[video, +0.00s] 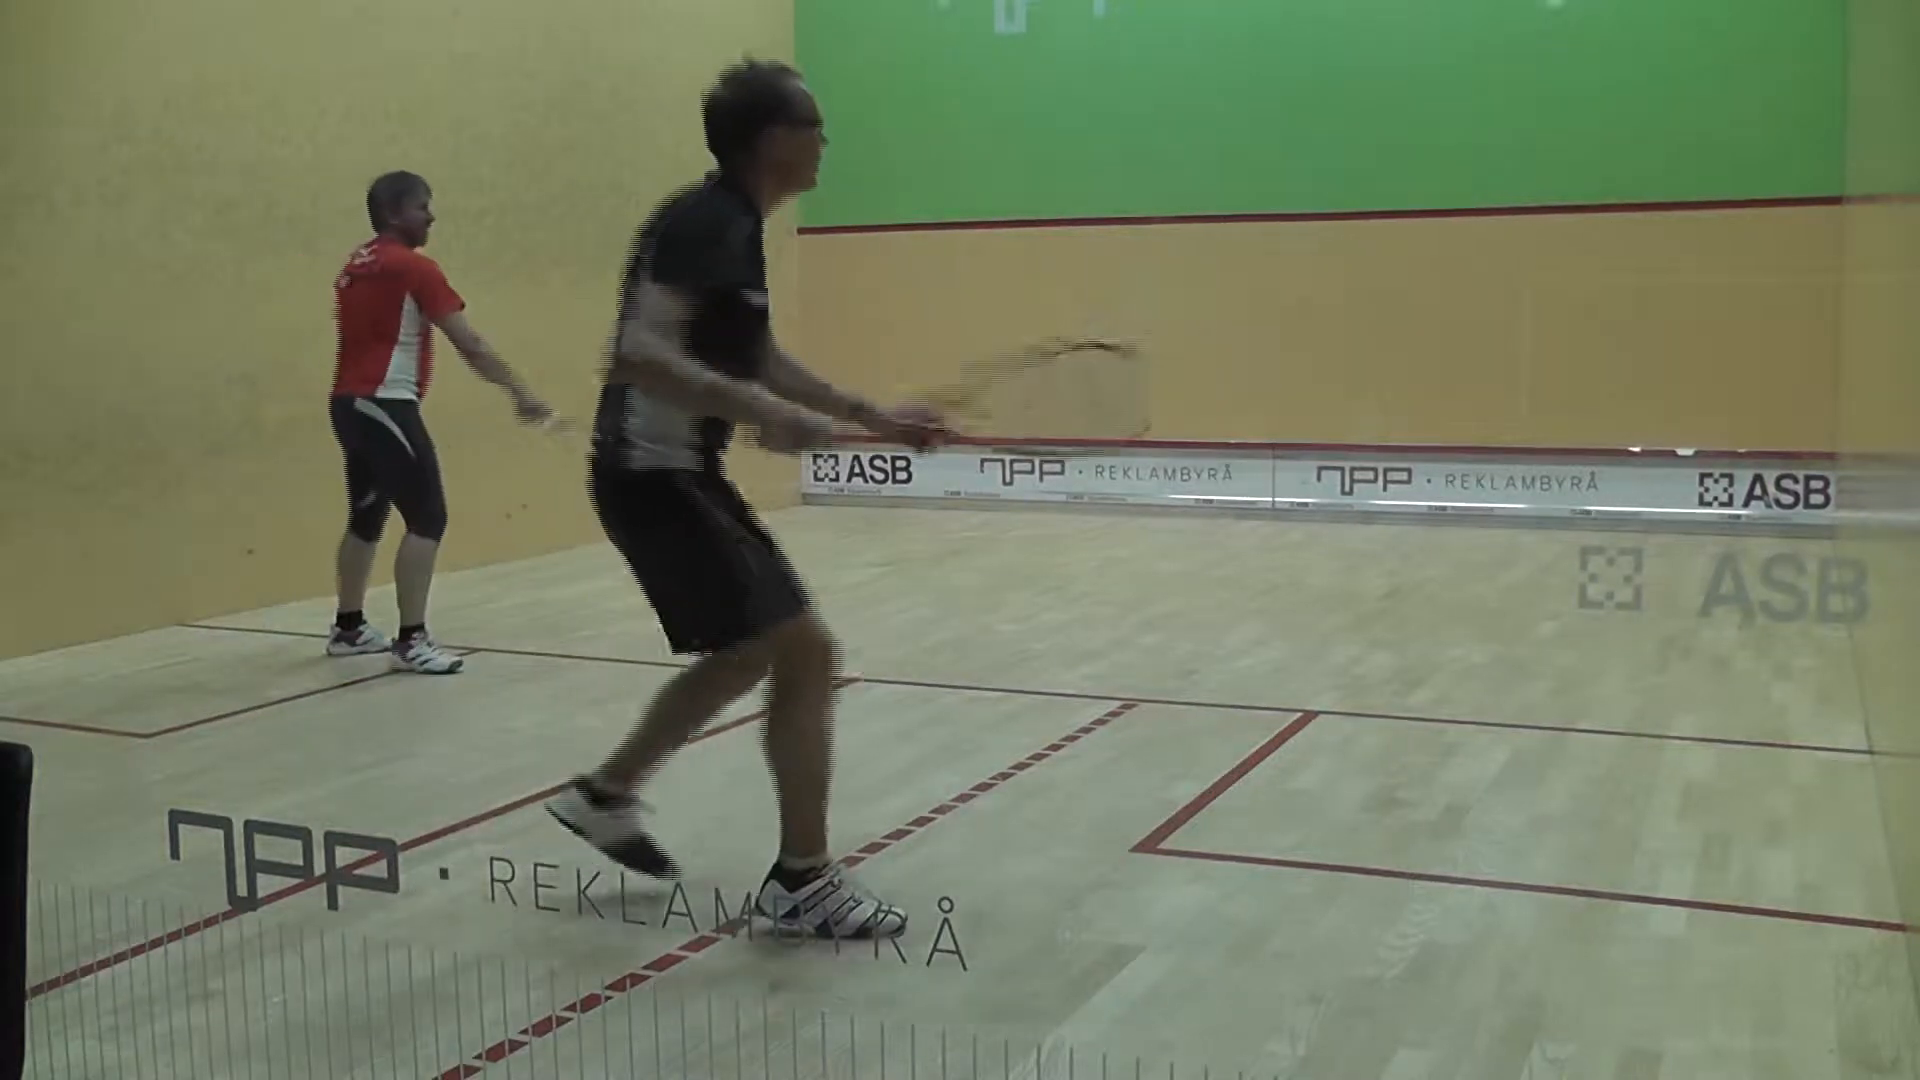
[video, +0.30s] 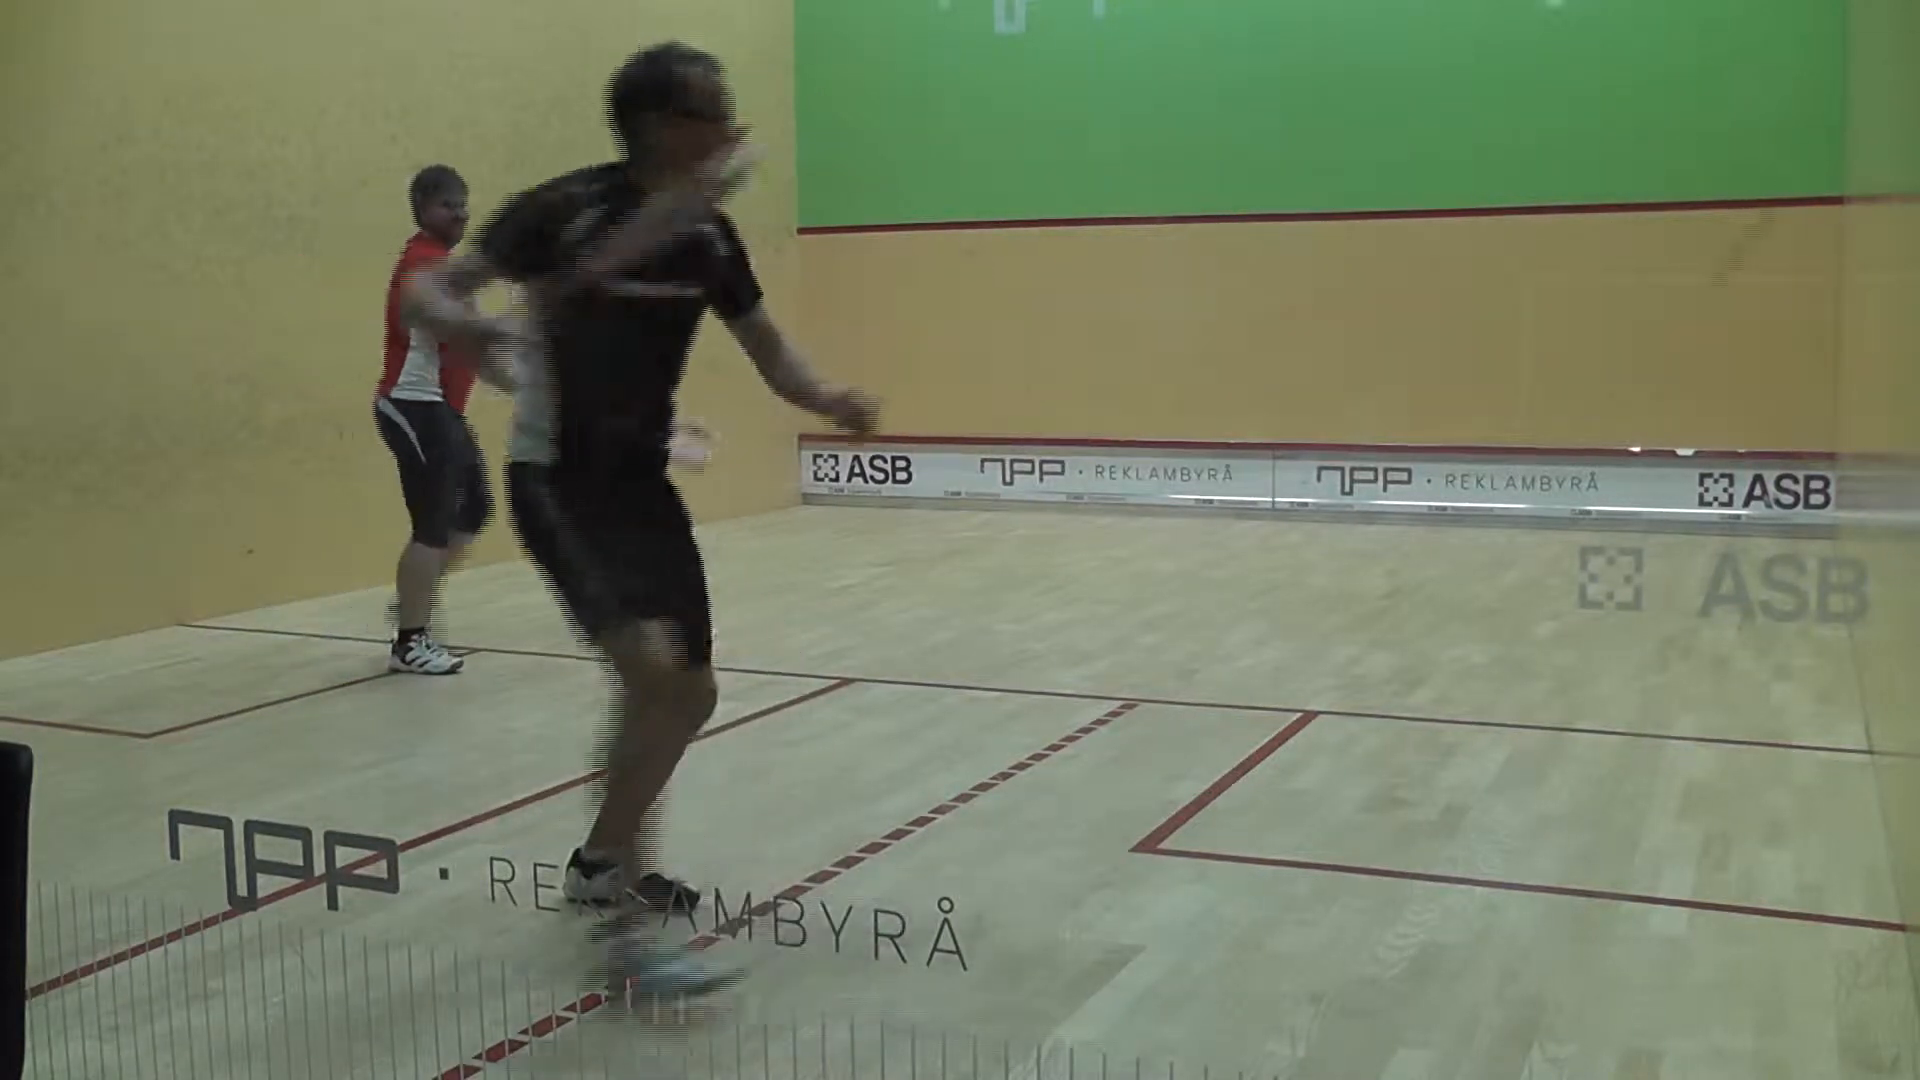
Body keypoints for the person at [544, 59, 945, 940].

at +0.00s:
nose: (821, 143)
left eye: (818, 127)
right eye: (807, 128)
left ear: (763, 143)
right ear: (759, 142)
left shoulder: (739, 229)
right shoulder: (701, 221)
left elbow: (762, 363)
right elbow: (638, 355)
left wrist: (873, 418)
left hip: (684, 474)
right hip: (652, 477)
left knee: (784, 649)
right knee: (784, 646)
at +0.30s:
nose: (723, 138)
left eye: (723, 122)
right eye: (704, 122)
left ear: (705, 134)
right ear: (649, 128)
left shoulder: (706, 231)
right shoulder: (564, 209)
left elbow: (765, 343)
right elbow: (430, 296)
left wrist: (819, 394)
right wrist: (488, 335)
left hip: (639, 474)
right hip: (554, 473)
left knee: (689, 690)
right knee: (652, 675)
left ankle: (607, 860)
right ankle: (613, 877)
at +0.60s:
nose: (554, 209)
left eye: (553, 190)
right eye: (533, 194)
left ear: (539, 197)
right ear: (476, 204)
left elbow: (679, 409)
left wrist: (689, 541)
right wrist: (150, 304)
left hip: (555, 561)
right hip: (440, 563)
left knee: (630, 778)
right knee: (424, 767)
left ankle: (594, 867)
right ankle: (445, 1009)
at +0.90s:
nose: (480, 242)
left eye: (484, 220)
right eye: (460, 222)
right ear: (394, 217)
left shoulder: (442, 295)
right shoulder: (322, 294)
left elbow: (439, 449)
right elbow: (397, 465)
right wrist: (515, 542)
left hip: (372, 546)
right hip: (277, 561)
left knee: (469, 769)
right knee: (358, 792)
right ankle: (442, 1012)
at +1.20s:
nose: (344, 147)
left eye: (342, 127)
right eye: (331, 126)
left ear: (264, 132)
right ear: (281, 130)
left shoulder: (179, 211)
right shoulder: (257, 236)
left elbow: (181, 378)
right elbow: (257, 434)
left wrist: (305, 360)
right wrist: (316, 516)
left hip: (115, 525)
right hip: (186, 529)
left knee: (151, 778)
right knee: (323, 732)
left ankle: (9, 980)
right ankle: (375, 995)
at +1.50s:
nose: (302, 158)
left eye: (299, 140)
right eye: (296, 140)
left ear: (212, 142)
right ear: (265, 141)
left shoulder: (144, 213)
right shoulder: (249, 220)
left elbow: (144, 363)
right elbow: (251, 366)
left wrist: (270, 378)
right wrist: (349, 488)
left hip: (84, 497)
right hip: (180, 499)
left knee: (77, 740)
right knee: (300, 662)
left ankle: (3, 967)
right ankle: (266, 873)